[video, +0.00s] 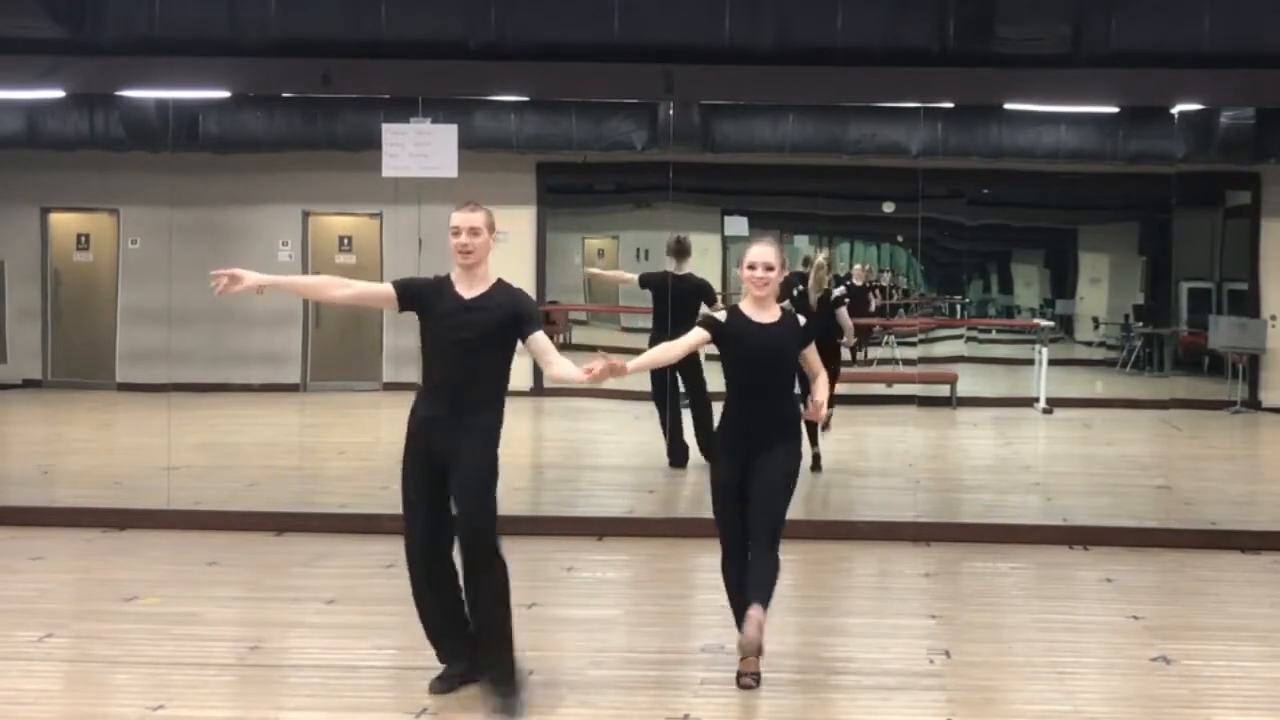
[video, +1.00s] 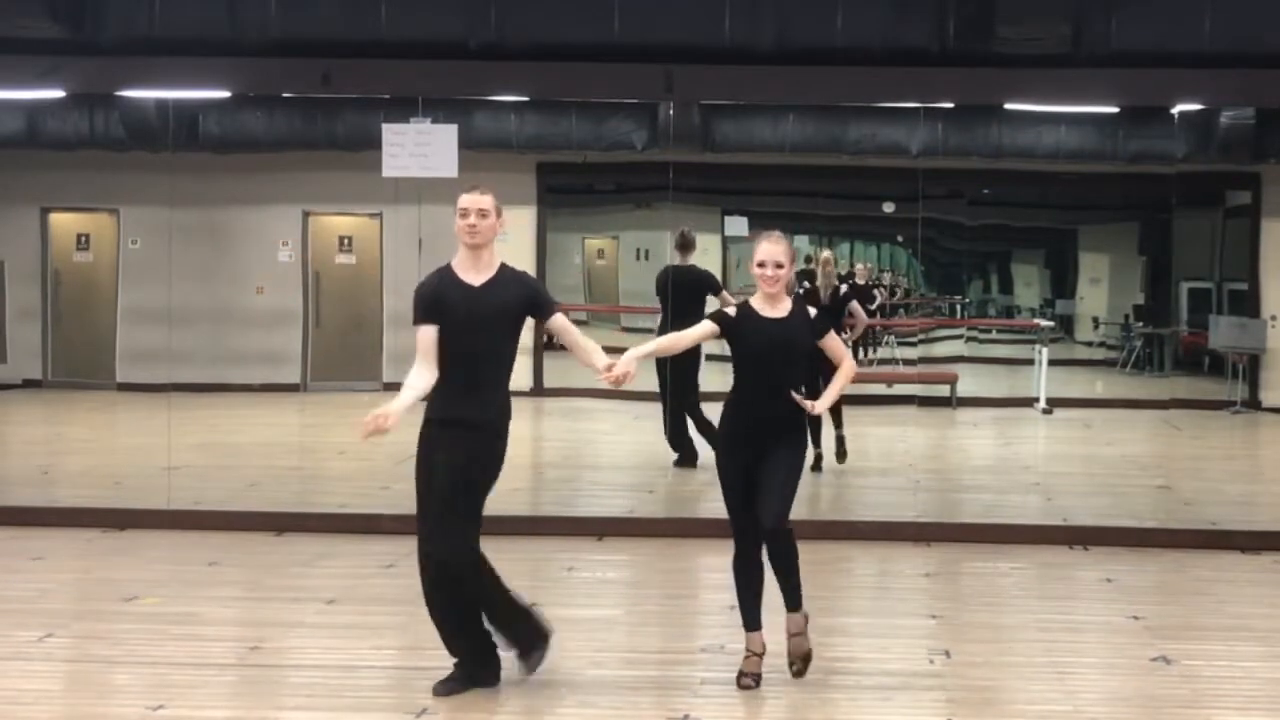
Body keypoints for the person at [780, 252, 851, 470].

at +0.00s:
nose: (823, 276)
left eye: (815, 271)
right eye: (825, 272)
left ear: (809, 273)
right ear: (827, 274)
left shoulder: (798, 296)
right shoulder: (833, 295)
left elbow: (780, 313)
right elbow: (847, 324)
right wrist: (849, 339)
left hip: (804, 347)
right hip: (828, 346)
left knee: (807, 397)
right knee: (829, 382)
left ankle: (815, 450)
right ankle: (826, 412)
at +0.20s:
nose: (820, 270)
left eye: (817, 264)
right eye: (825, 266)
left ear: (811, 267)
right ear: (829, 269)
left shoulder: (799, 288)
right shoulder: (835, 291)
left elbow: (785, 312)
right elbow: (854, 318)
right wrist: (850, 342)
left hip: (803, 343)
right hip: (828, 343)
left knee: (810, 397)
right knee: (820, 393)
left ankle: (815, 448)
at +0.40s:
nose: (820, 271)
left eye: (818, 266)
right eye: (824, 266)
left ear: (811, 270)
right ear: (830, 270)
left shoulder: (802, 293)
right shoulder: (834, 293)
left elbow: (781, 301)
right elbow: (847, 319)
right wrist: (847, 337)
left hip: (807, 344)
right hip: (830, 344)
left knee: (809, 397)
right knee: (828, 388)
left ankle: (814, 449)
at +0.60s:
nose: (820, 270)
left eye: (818, 265)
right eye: (824, 266)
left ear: (812, 269)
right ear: (830, 269)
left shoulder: (803, 292)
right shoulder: (835, 291)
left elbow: (793, 316)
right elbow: (849, 316)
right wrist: (849, 334)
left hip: (807, 344)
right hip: (830, 343)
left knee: (811, 397)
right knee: (829, 384)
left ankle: (816, 448)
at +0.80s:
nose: (822, 268)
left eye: (822, 263)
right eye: (824, 263)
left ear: (814, 265)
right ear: (832, 267)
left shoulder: (802, 286)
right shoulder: (839, 290)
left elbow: (788, 310)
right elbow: (858, 316)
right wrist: (851, 338)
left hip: (804, 344)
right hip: (829, 345)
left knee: (806, 396)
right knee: (820, 396)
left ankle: (818, 445)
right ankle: (818, 445)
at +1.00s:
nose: (826, 267)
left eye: (825, 263)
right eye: (827, 263)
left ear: (817, 266)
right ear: (833, 267)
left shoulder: (805, 290)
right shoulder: (842, 290)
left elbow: (792, 316)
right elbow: (862, 319)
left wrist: (800, 335)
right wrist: (851, 337)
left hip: (809, 350)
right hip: (833, 349)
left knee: (813, 401)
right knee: (834, 396)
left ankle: (817, 449)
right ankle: (839, 433)